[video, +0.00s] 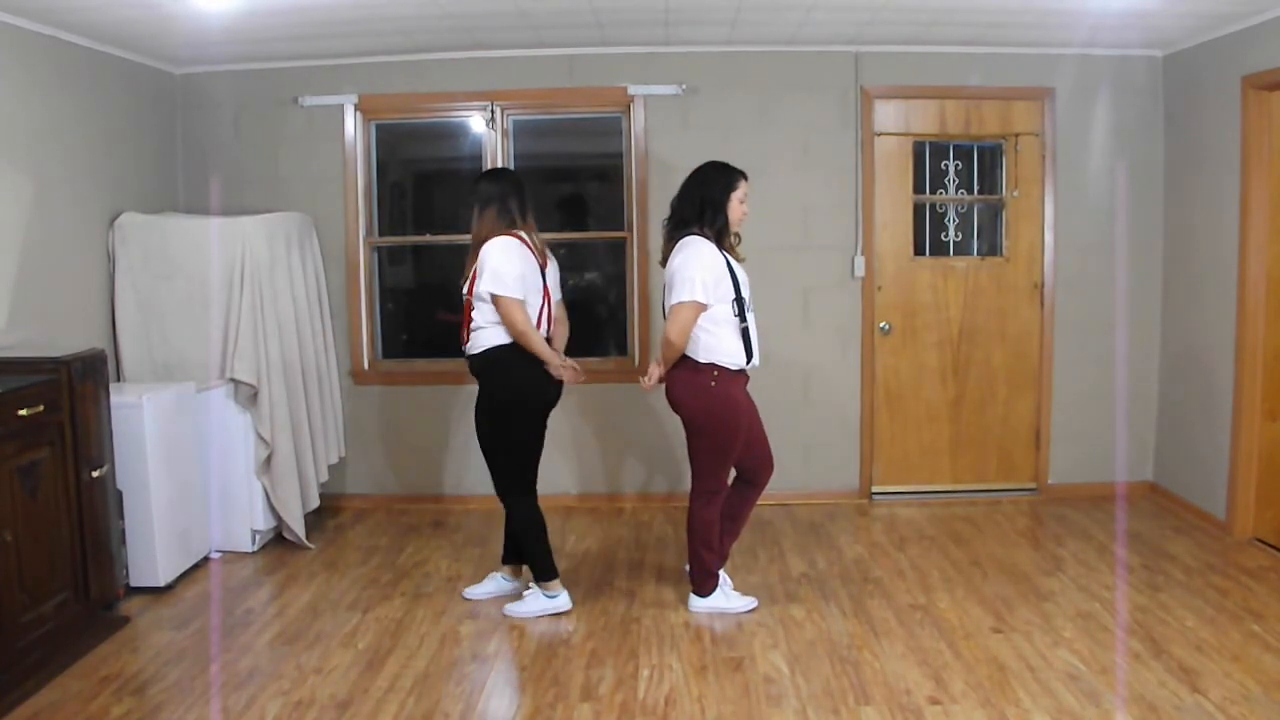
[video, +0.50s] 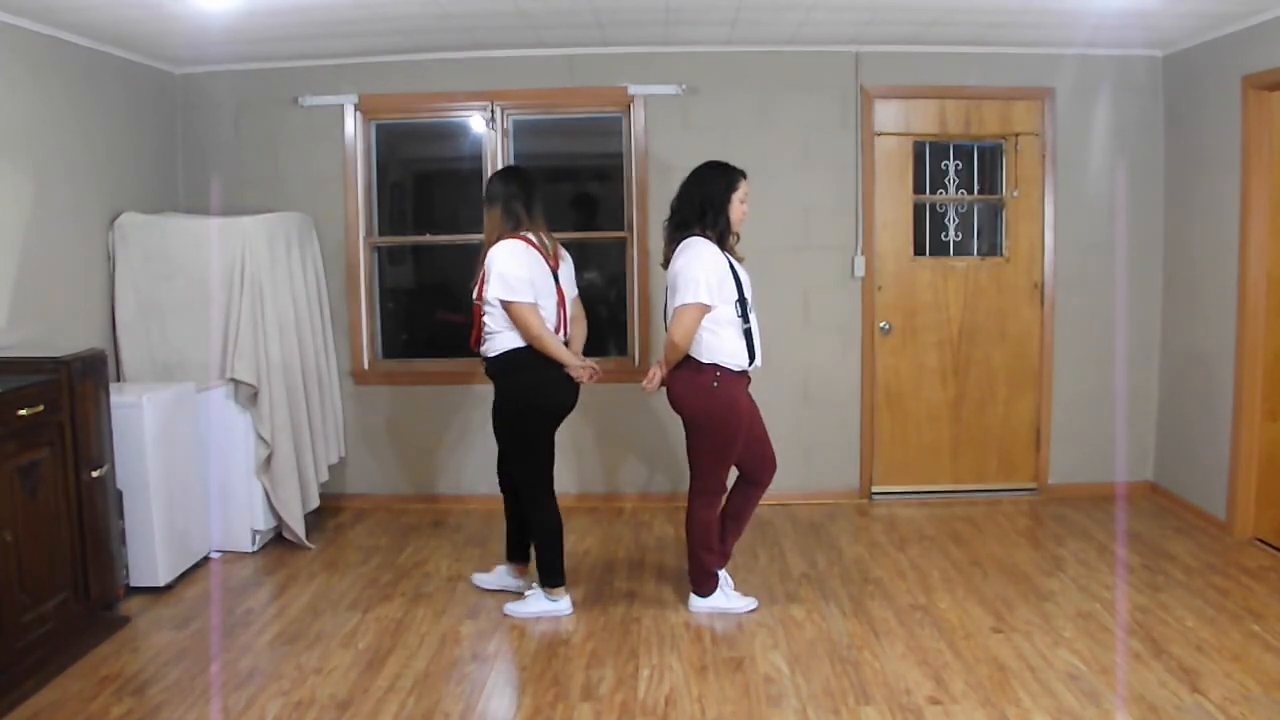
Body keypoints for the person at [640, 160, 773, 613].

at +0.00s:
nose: (746, 209)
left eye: (746, 200)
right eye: (741, 200)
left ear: (716, 202)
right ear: (716, 201)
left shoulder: (714, 250)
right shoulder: (696, 251)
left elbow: (684, 323)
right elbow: (677, 334)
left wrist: (662, 363)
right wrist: (661, 365)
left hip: (725, 379)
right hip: (705, 381)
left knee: (757, 469)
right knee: (709, 485)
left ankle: (710, 565)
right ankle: (705, 589)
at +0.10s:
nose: (746, 210)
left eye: (746, 201)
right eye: (741, 201)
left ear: (715, 203)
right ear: (716, 201)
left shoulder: (714, 250)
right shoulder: (696, 252)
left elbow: (685, 324)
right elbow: (677, 334)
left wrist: (662, 365)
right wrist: (662, 367)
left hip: (726, 379)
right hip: (706, 381)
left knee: (758, 470)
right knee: (710, 485)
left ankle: (711, 565)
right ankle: (705, 589)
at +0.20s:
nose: (746, 208)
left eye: (746, 199)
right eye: (741, 199)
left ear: (716, 202)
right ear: (716, 201)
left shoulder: (715, 250)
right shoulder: (696, 252)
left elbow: (685, 325)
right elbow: (678, 335)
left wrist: (662, 365)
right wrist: (662, 367)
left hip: (727, 380)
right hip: (707, 381)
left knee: (759, 469)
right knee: (709, 486)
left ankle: (712, 564)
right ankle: (705, 589)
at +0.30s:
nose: (746, 208)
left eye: (746, 199)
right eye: (741, 199)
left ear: (717, 202)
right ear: (717, 201)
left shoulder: (717, 251)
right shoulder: (697, 252)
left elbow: (687, 325)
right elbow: (679, 335)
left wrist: (664, 364)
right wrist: (663, 367)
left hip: (728, 380)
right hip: (706, 381)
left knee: (759, 469)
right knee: (709, 487)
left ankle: (713, 564)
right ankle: (705, 589)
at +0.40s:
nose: (746, 209)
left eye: (746, 199)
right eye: (741, 200)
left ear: (716, 202)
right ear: (717, 202)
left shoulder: (717, 251)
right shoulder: (697, 252)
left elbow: (687, 326)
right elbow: (680, 335)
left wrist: (664, 364)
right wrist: (663, 367)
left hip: (728, 380)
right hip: (706, 381)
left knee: (759, 468)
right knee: (709, 487)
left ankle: (714, 562)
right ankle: (705, 588)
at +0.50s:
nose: (746, 210)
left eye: (747, 201)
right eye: (741, 201)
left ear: (715, 203)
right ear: (717, 202)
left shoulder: (715, 252)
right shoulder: (698, 253)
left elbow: (686, 325)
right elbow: (680, 336)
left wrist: (663, 365)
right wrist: (663, 367)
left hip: (727, 380)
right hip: (708, 381)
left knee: (759, 470)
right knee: (707, 488)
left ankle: (713, 564)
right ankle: (705, 589)